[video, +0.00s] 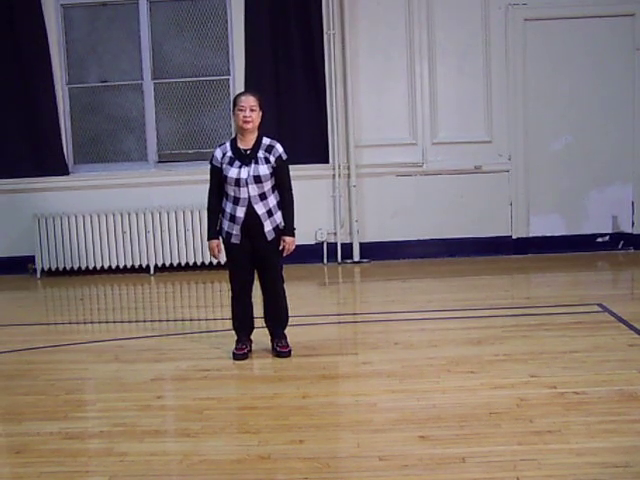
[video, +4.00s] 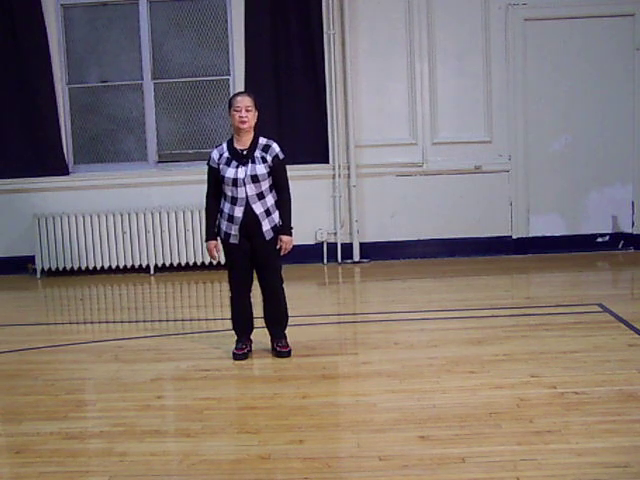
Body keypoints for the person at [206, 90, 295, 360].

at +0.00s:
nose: (247, 114)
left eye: (252, 110)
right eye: (241, 109)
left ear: (260, 114)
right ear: (233, 115)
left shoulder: (273, 150)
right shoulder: (221, 154)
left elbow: (286, 192)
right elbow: (214, 196)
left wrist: (289, 230)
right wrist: (213, 234)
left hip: (268, 230)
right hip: (235, 232)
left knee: (273, 285)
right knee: (240, 288)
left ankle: (278, 335)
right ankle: (243, 337)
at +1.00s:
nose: (244, 115)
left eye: (249, 110)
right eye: (238, 110)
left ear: (257, 115)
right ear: (231, 115)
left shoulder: (271, 150)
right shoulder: (219, 154)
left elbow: (284, 192)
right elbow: (212, 197)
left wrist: (287, 230)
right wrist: (210, 234)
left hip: (267, 230)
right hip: (233, 232)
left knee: (272, 285)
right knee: (239, 288)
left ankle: (278, 335)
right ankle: (242, 337)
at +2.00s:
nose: (244, 115)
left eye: (249, 110)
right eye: (239, 110)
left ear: (258, 115)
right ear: (231, 115)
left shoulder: (271, 150)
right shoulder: (219, 154)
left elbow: (284, 192)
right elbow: (213, 197)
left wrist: (287, 230)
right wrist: (211, 234)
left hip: (267, 230)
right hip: (234, 232)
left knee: (273, 285)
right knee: (239, 288)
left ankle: (279, 335)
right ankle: (243, 338)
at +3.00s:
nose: (254, 115)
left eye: (258, 111)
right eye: (248, 110)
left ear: (261, 115)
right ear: (233, 114)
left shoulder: (271, 149)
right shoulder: (220, 154)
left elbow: (285, 191)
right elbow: (213, 197)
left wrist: (289, 229)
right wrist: (212, 235)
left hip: (269, 231)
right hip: (235, 233)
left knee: (274, 285)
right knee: (240, 288)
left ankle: (279, 335)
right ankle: (243, 338)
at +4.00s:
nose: (243, 114)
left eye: (248, 110)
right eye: (237, 110)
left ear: (256, 114)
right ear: (230, 115)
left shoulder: (270, 149)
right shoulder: (219, 155)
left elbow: (283, 192)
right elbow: (212, 197)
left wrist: (286, 230)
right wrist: (211, 234)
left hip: (267, 230)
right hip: (233, 233)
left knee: (272, 285)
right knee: (239, 288)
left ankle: (278, 336)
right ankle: (243, 338)